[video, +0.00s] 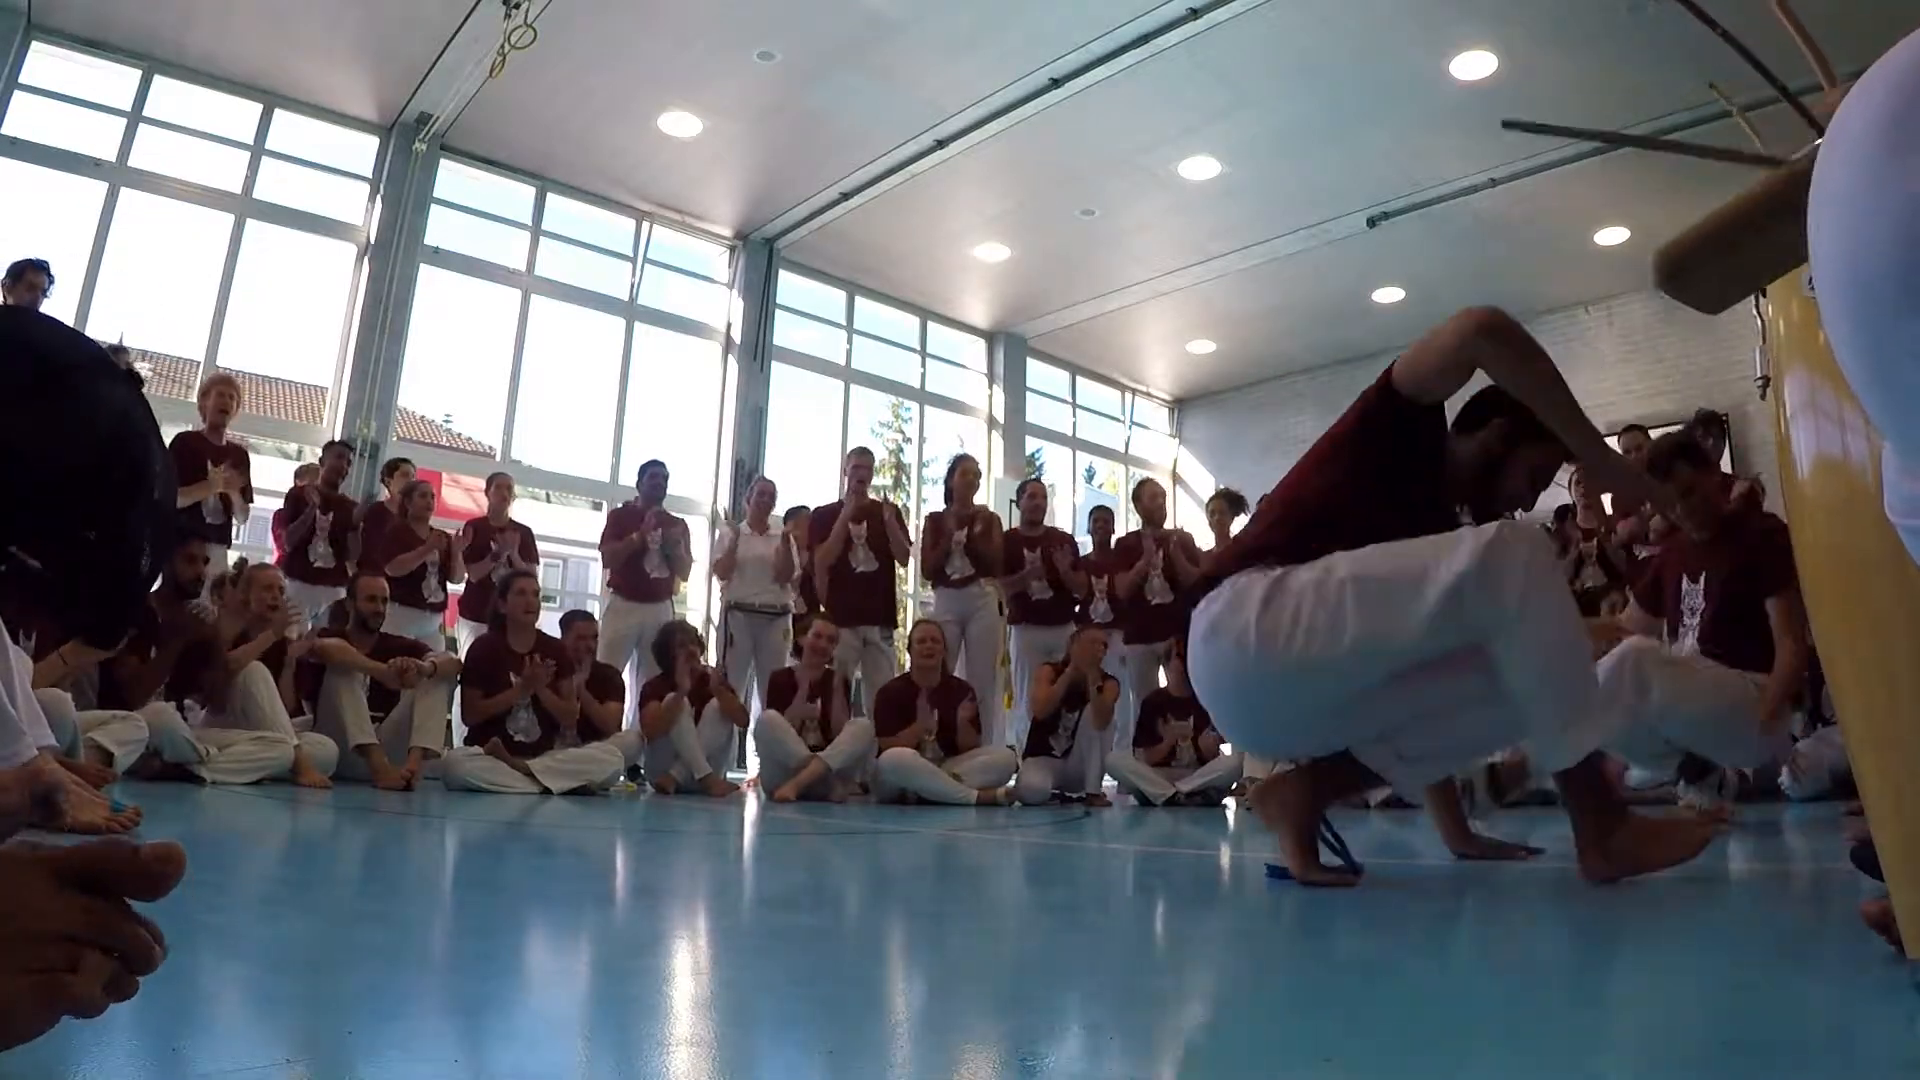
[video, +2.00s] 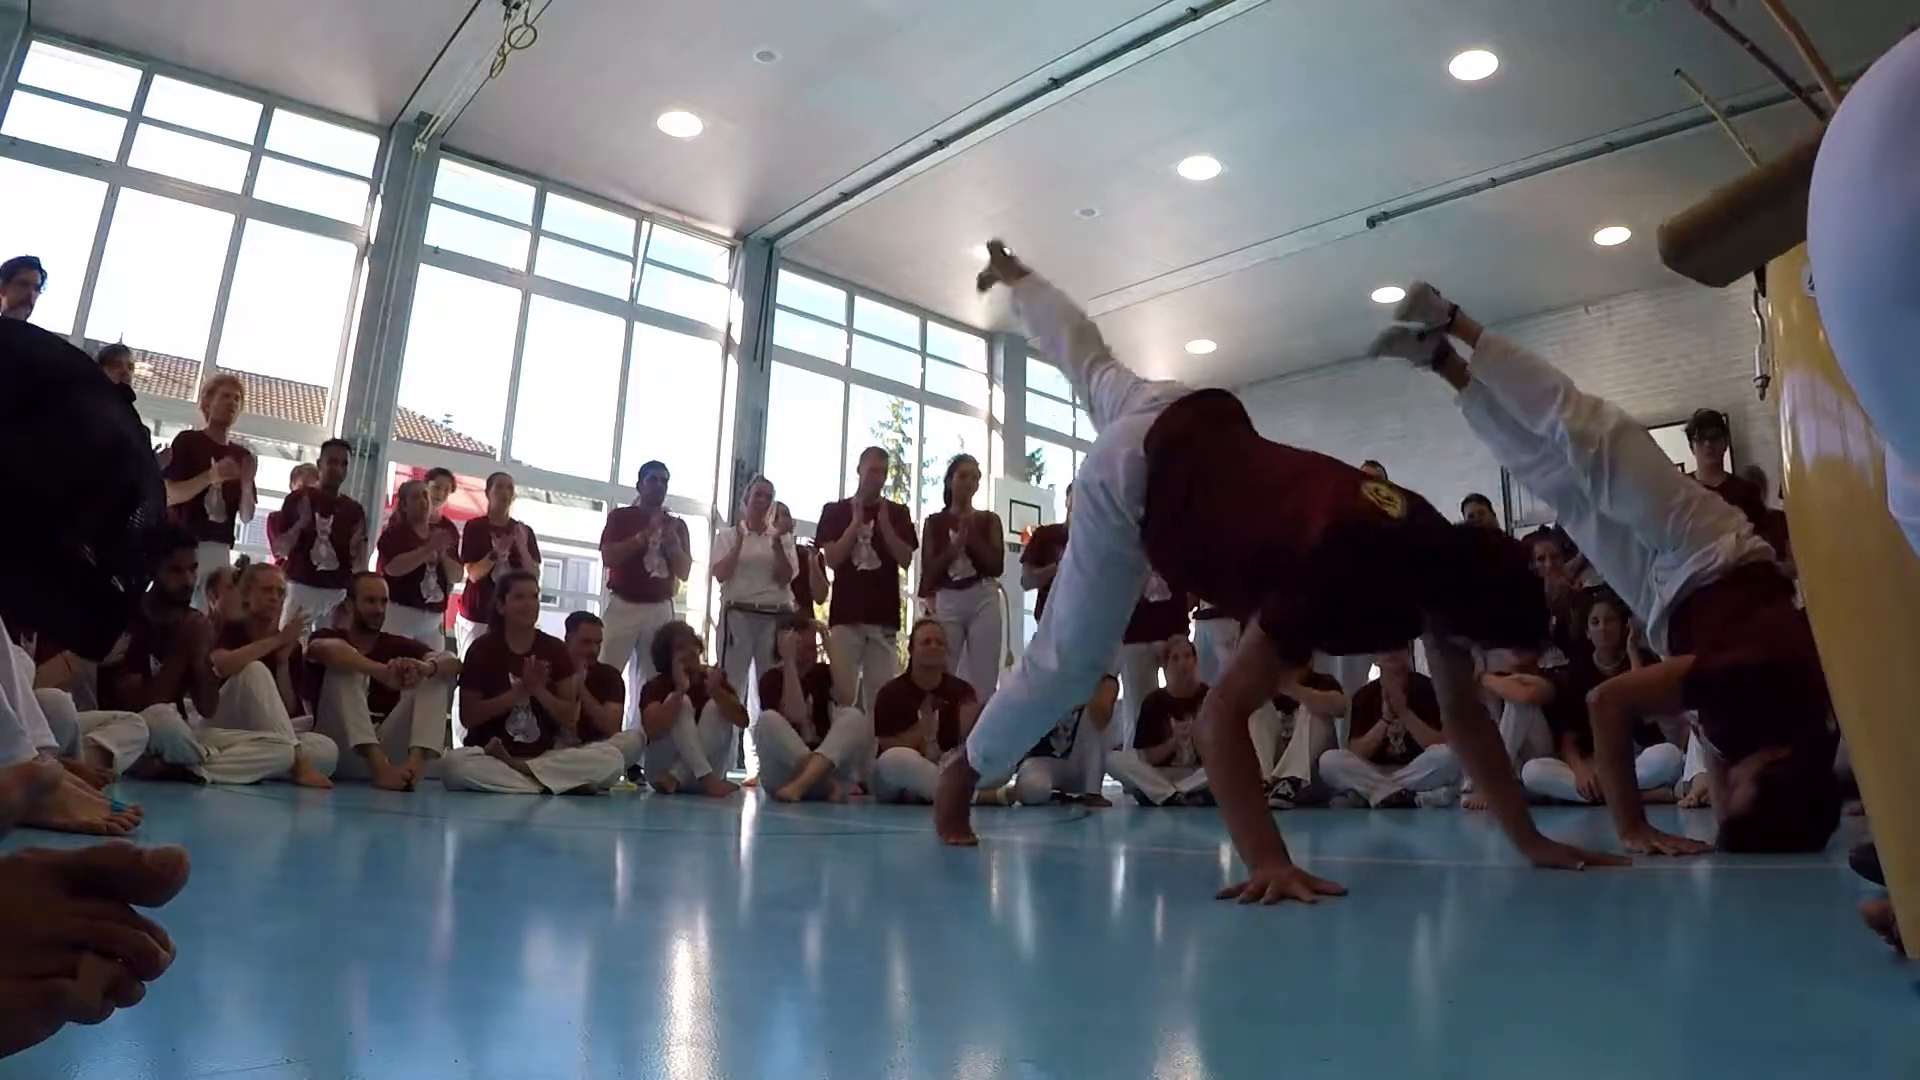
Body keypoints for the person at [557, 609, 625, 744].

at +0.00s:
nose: (590, 645)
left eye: (594, 638)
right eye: (581, 638)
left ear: (598, 639)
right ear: (564, 640)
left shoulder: (610, 675)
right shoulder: (547, 674)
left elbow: (610, 725)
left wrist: (582, 691)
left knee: (633, 739)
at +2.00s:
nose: (593, 650)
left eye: (598, 643)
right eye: (586, 642)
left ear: (602, 643)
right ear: (568, 640)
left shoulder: (610, 675)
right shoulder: (551, 674)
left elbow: (611, 728)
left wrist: (581, 689)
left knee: (635, 738)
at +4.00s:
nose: (594, 648)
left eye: (599, 642)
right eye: (586, 641)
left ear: (602, 642)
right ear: (569, 640)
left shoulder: (610, 675)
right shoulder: (551, 672)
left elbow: (609, 729)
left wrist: (572, 691)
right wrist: (566, 681)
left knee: (634, 739)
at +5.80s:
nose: (591, 646)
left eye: (596, 639)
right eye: (583, 639)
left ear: (600, 640)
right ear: (565, 640)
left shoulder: (609, 675)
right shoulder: (550, 673)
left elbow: (610, 729)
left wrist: (578, 690)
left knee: (634, 738)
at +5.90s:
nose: (592, 646)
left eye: (596, 639)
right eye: (583, 639)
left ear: (600, 640)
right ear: (565, 640)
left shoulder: (610, 675)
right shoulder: (550, 672)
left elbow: (609, 729)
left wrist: (578, 701)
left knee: (634, 738)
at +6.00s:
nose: (592, 646)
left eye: (596, 639)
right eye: (583, 639)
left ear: (600, 640)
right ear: (566, 639)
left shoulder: (609, 675)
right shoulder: (551, 673)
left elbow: (610, 728)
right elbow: (570, 722)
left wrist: (579, 696)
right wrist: (549, 687)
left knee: (633, 738)